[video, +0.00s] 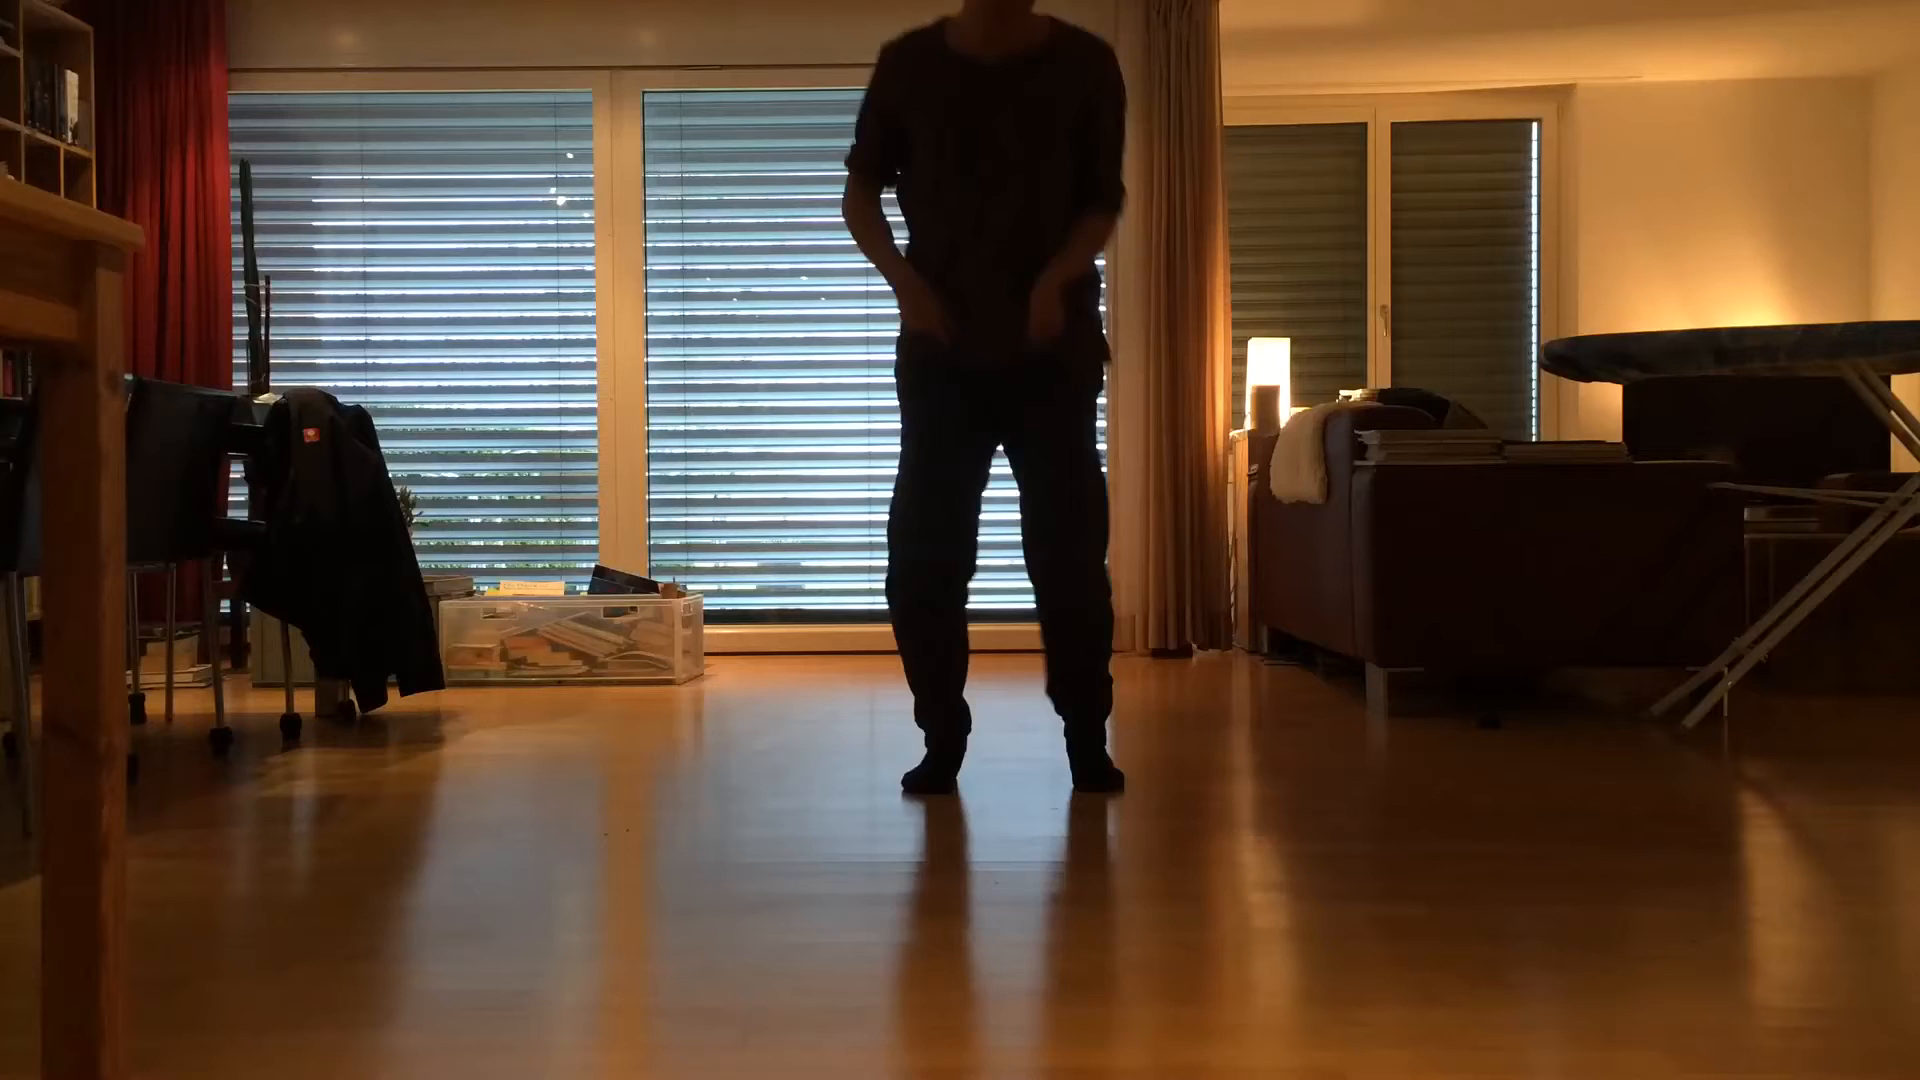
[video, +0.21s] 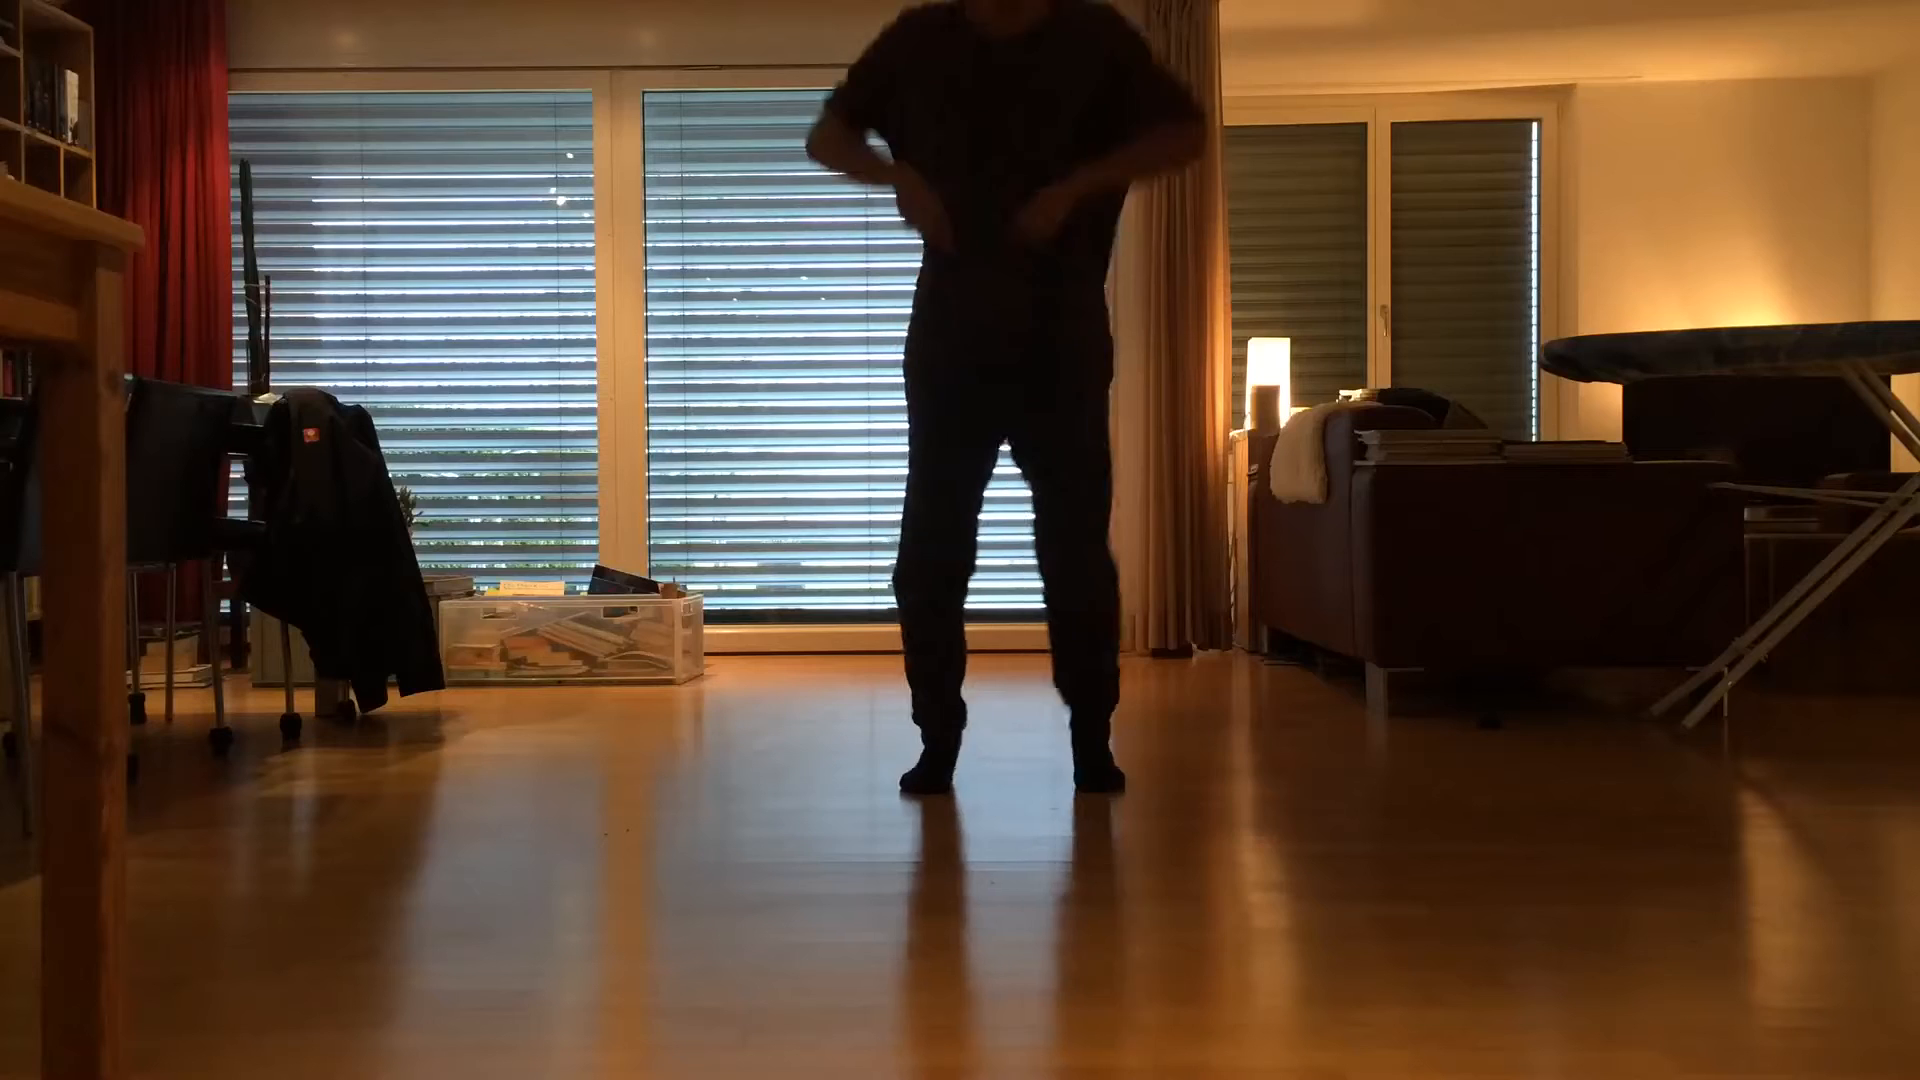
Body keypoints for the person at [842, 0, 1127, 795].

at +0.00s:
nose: (996, 3)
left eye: (1006, 2)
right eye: (987, 2)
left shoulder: (1087, 63)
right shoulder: (907, 62)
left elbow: (1104, 199)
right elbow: (860, 193)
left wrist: (1056, 279)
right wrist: (905, 285)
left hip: (1054, 348)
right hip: (941, 348)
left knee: (1069, 545)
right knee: (925, 546)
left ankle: (1087, 738)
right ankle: (942, 737)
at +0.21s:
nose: (997, 5)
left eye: (1010, 3)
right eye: (986, 2)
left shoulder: (1095, 36)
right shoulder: (921, 36)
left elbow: (1185, 132)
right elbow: (828, 136)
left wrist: (1073, 187)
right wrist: (899, 176)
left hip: (1065, 340)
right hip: (951, 338)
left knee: (1076, 545)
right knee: (932, 543)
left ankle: (1091, 736)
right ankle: (937, 738)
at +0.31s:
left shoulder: (1124, 9)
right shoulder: (926, 11)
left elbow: (1216, 64)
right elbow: (830, 98)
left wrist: (1109, 89)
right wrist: (900, 125)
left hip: (1073, 309)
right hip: (952, 311)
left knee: (1120, 511)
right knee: (906, 514)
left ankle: (1121, 716)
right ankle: (911, 715)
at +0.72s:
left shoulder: (1136, 29)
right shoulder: (951, 20)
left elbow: (1252, 107)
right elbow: (844, 90)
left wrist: (1204, 109)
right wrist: (879, 136)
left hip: (1094, 335)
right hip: (978, 337)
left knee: (1120, 542)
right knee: (971, 544)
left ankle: (1128, 741)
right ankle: (966, 741)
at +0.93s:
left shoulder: (1145, 28)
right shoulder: (975, 11)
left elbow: (1211, 155)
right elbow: (868, 90)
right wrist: (930, 124)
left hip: (1092, 320)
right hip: (982, 318)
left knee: (1128, 527)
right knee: (978, 524)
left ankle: (1151, 735)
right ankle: (956, 713)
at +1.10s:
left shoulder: (1159, 44)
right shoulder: (993, 20)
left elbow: (1181, 196)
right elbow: (864, 104)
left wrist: (1168, 319)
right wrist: (962, 113)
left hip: (1109, 317)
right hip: (1004, 311)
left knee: (1089, 533)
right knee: (1040, 488)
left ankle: (1087, 744)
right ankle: (941, 590)